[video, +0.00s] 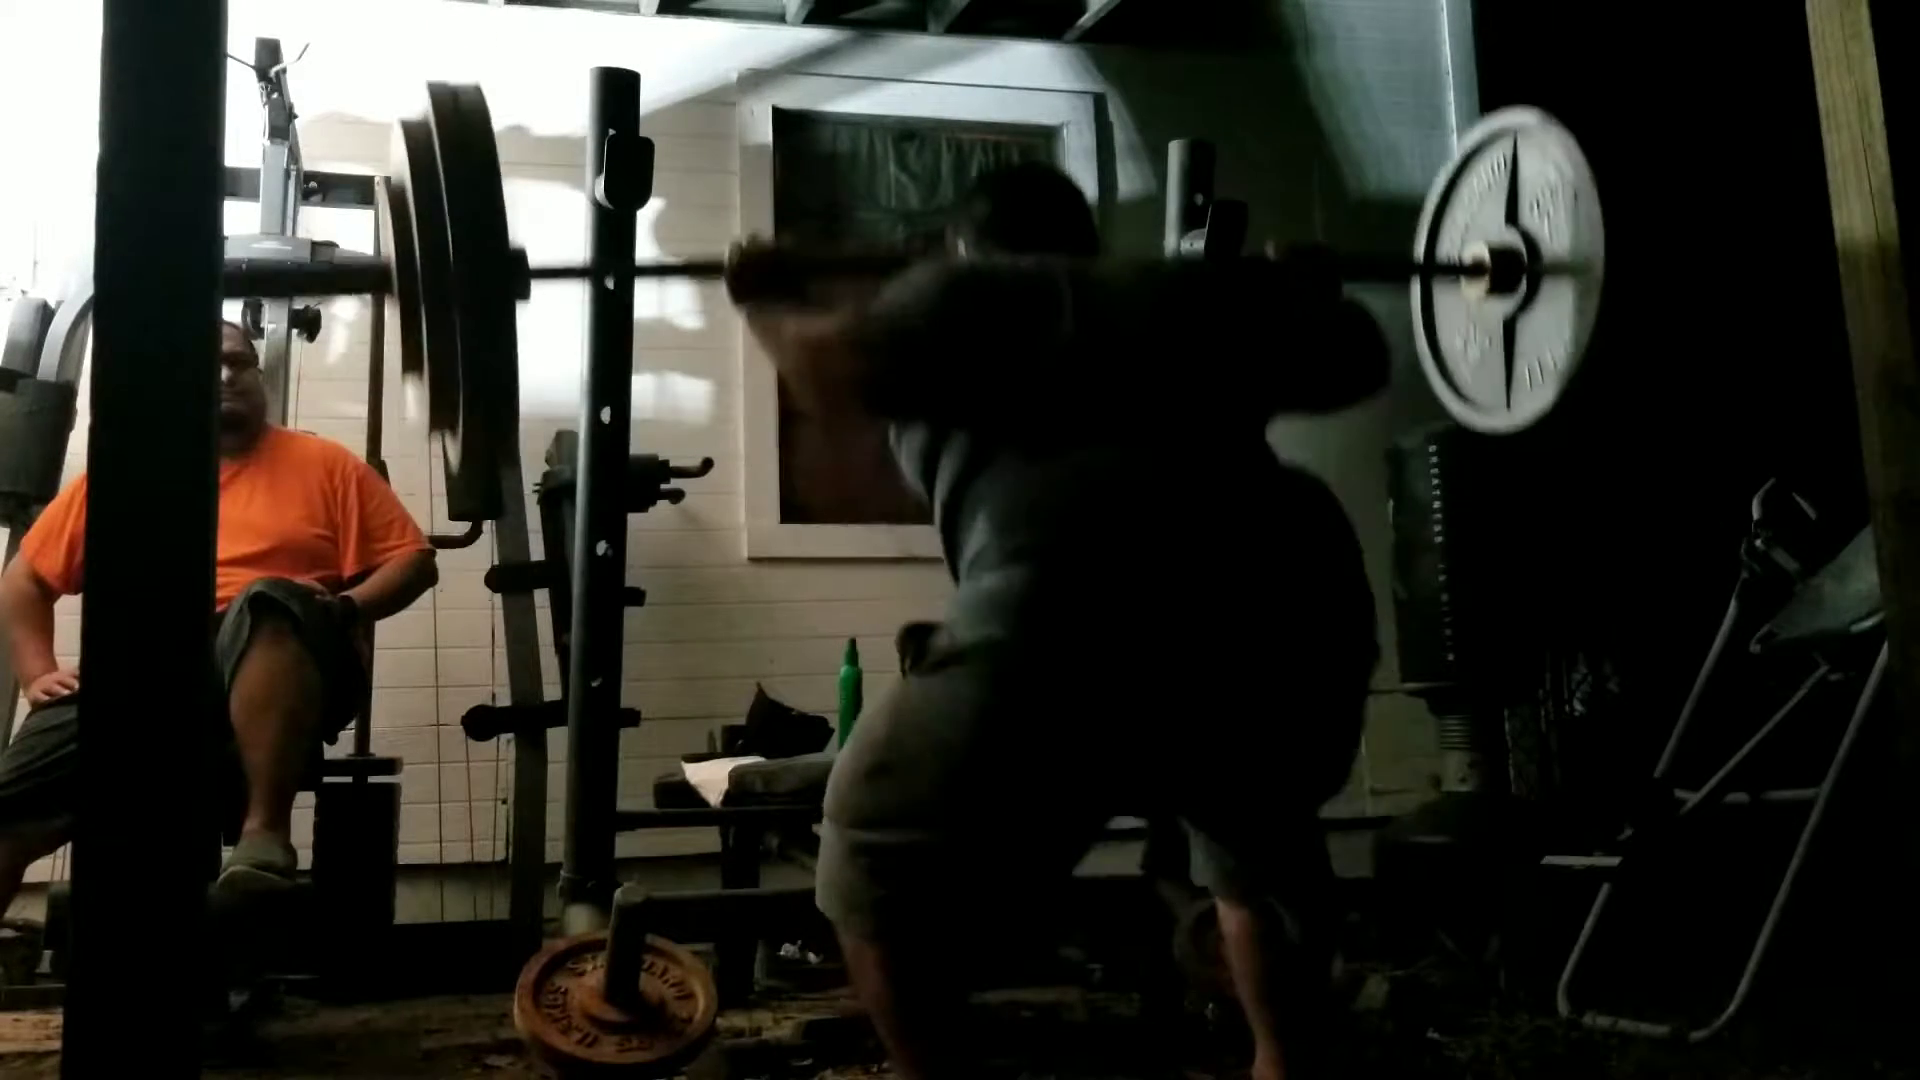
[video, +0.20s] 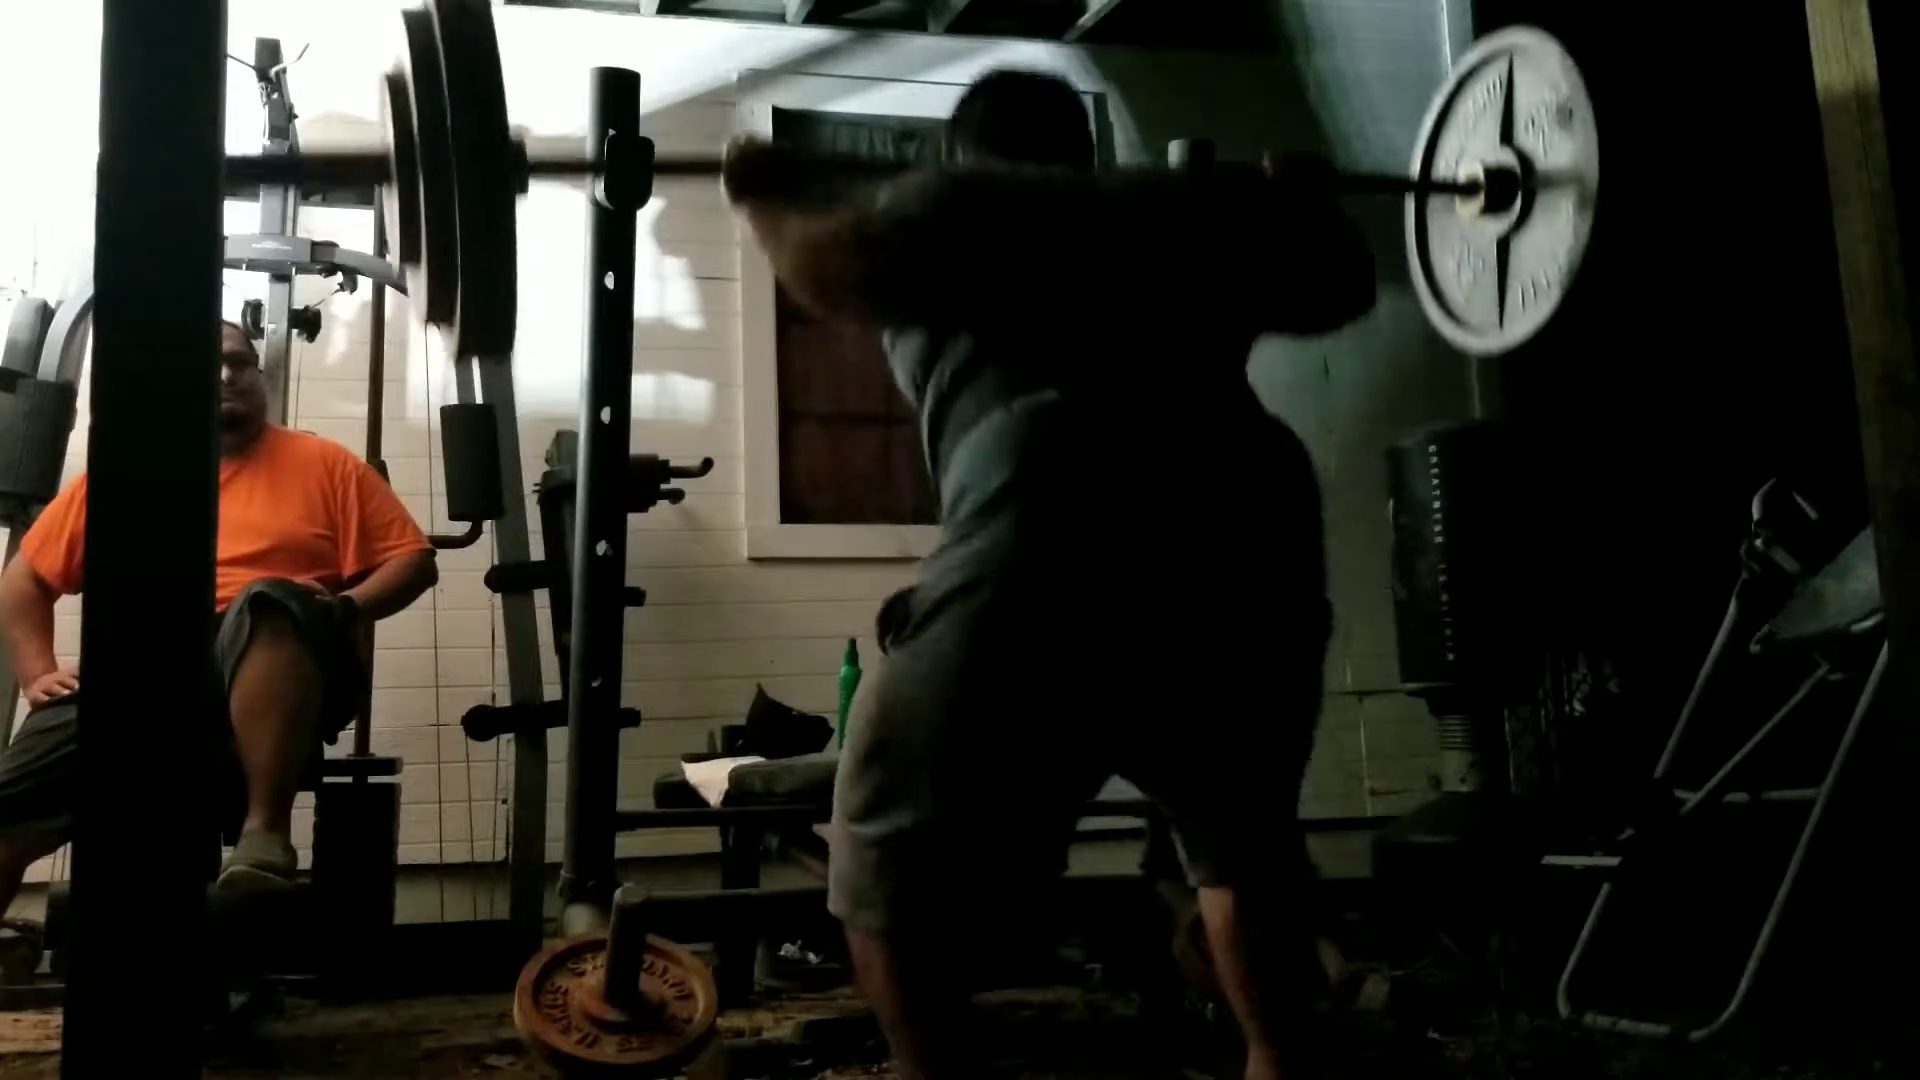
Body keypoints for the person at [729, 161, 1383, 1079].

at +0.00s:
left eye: (945, 247)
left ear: (960, 247)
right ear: (1092, 241)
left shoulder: (943, 308)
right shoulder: (1182, 301)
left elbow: (826, 367)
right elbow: (1356, 360)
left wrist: (767, 299)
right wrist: (1289, 279)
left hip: (1057, 620)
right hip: (1274, 608)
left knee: (877, 848)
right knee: (1256, 828)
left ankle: (924, 1062)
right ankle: (1284, 1058)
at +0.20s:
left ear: (958, 148)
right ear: (1090, 147)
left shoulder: (937, 210)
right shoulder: (1181, 213)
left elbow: (827, 270)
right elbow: (1339, 283)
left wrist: (763, 189)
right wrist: (1296, 187)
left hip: (1037, 546)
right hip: (1244, 540)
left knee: (891, 850)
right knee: (1243, 827)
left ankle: (931, 1059)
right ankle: (1280, 1055)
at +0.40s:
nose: (952, 46)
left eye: (957, 33)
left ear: (966, 43)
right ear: (1085, 38)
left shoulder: (937, 114)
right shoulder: (1182, 119)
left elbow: (834, 179)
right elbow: (1339, 197)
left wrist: (760, 102)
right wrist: (1296, 104)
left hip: (1008, 516)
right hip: (1209, 512)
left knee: (916, 845)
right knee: (1241, 833)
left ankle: (936, 1062)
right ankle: (1277, 1060)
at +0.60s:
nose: (935, 23)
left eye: (938, 11)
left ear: (962, 10)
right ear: (1089, 5)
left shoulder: (938, 76)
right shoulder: (1185, 82)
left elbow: (850, 155)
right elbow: (1334, 164)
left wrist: (755, 56)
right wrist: (1303, 78)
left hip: (1013, 478)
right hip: (1208, 475)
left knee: (960, 828)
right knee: (1244, 822)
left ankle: (952, 1066)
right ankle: (1279, 1059)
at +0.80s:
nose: (935, 23)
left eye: (940, 11)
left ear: (965, 8)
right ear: (1090, 2)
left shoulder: (942, 74)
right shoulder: (1184, 83)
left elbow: (859, 155)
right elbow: (1338, 169)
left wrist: (760, 58)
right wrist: (1308, 85)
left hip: (1009, 485)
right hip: (1200, 479)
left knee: (956, 839)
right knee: (1240, 823)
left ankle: (952, 1066)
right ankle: (1281, 1060)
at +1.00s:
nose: (937, 25)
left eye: (941, 13)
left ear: (967, 10)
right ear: (1092, 4)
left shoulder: (946, 77)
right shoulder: (1185, 87)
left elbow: (863, 160)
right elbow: (1336, 177)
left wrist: (764, 59)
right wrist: (1311, 87)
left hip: (1012, 487)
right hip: (1204, 482)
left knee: (960, 841)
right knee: (1242, 826)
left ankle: (954, 1063)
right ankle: (1283, 1057)